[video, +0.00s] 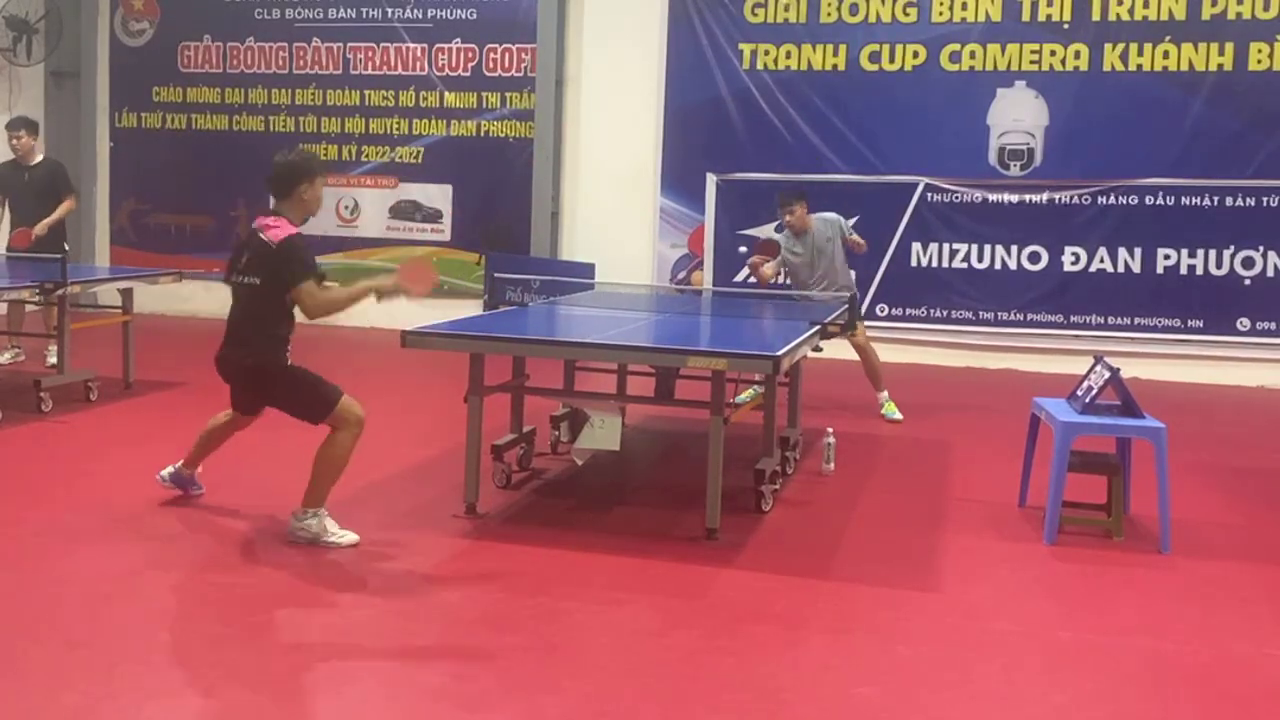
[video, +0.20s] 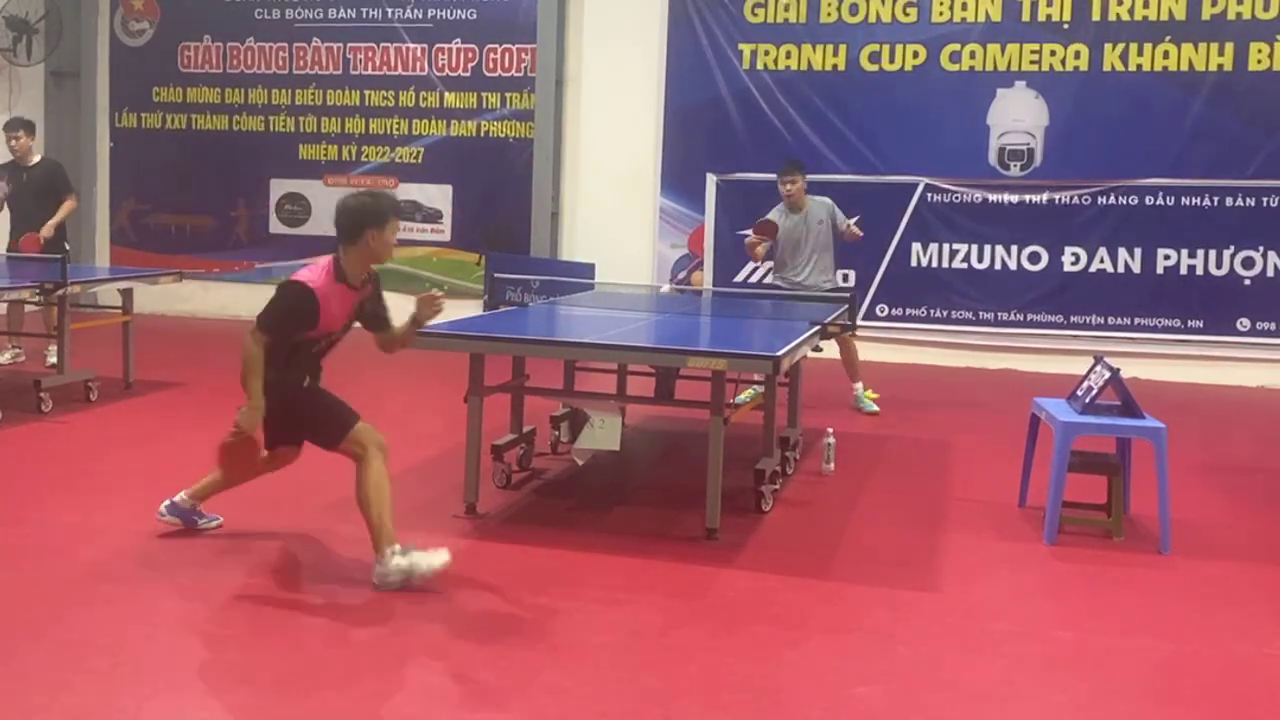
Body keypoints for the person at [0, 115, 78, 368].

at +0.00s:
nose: (13, 143)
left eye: (18, 138)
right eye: (10, 138)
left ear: (33, 139)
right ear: (8, 140)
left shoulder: (53, 167)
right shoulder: (7, 169)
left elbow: (70, 201)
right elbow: (3, 204)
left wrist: (47, 223)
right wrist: (6, 232)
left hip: (50, 247)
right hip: (17, 247)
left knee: (51, 298)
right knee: (14, 296)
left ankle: (53, 346)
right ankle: (14, 346)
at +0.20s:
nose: (12, 144)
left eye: (17, 139)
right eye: (9, 139)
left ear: (31, 139)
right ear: (6, 141)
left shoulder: (52, 167)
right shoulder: (6, 171)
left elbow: (71, 200)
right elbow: (1, 207)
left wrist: (51, 224)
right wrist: (2, 195)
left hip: (50, 246)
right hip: (18, 245)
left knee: (51, 297)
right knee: (14, 296)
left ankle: (53, 346)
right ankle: (14, 346)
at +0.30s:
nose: (13, 142)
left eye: (19, 137)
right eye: (10, 138)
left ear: (33, 139)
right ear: (8, 141)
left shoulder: (53, 168)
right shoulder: (6, 170)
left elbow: (71, 201)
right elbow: (5, 204)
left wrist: (52, 224)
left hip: (49, 247)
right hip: (15, 247)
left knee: (50, 297)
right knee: (8, 296)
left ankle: (53, 346)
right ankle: (13, 345)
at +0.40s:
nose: (15, 141)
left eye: (21, 136)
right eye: (12, 137)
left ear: (34, 139)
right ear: (9, 140)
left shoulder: (52, 169)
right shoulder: (5, 169)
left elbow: (70, 202)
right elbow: (5, 205)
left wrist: (53, 226)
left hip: (46, 249)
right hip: (11, 248)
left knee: (50, 298)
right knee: (3, 297)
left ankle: (53, 345)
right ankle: (5, 340)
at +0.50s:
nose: (14, 141)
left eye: (20, 137)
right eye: (11, 137)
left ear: (33, 140)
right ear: (7, 140)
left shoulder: (48, 170)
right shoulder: (3, 168)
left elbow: (66, 202)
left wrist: (50, 229)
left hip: (40, 247)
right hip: (7, 247)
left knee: (46, 296)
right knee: (1, 295)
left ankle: (52, 346)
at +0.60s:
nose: (9, 143)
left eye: (15, 139)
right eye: (6, 139)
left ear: (28, 142)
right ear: (2, 142)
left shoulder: (43, 174)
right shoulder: (2, 169)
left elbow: (57, 207)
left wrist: (49, 231)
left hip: (32, 253)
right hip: (4, 253)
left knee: (42, 298)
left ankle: (52, 345)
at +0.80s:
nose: (2, 155)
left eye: (7, 151)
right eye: (0, 150)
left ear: (15, 155)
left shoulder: (18, 179)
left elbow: (25, 208)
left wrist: (32, 232)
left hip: (9, 252)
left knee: (25, 298)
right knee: (23, 299)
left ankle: (44, 346)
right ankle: (44, 346)